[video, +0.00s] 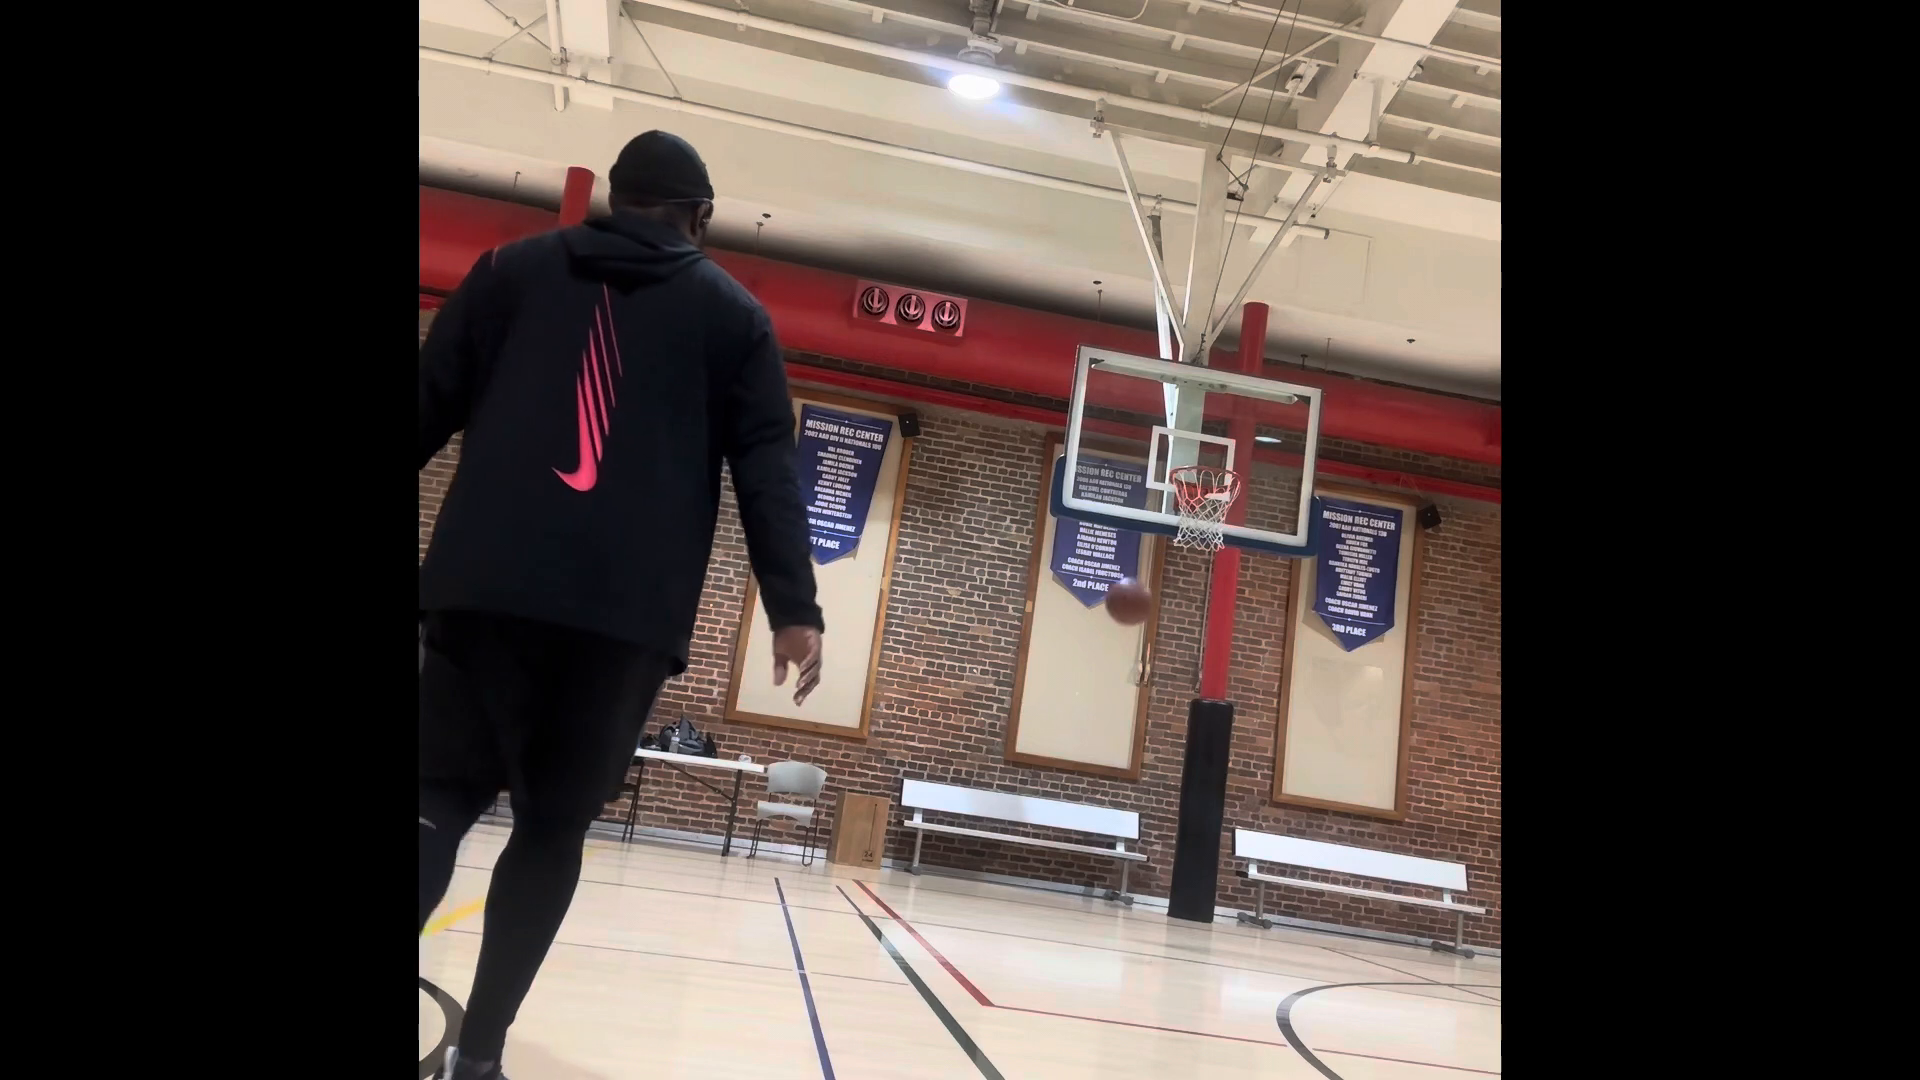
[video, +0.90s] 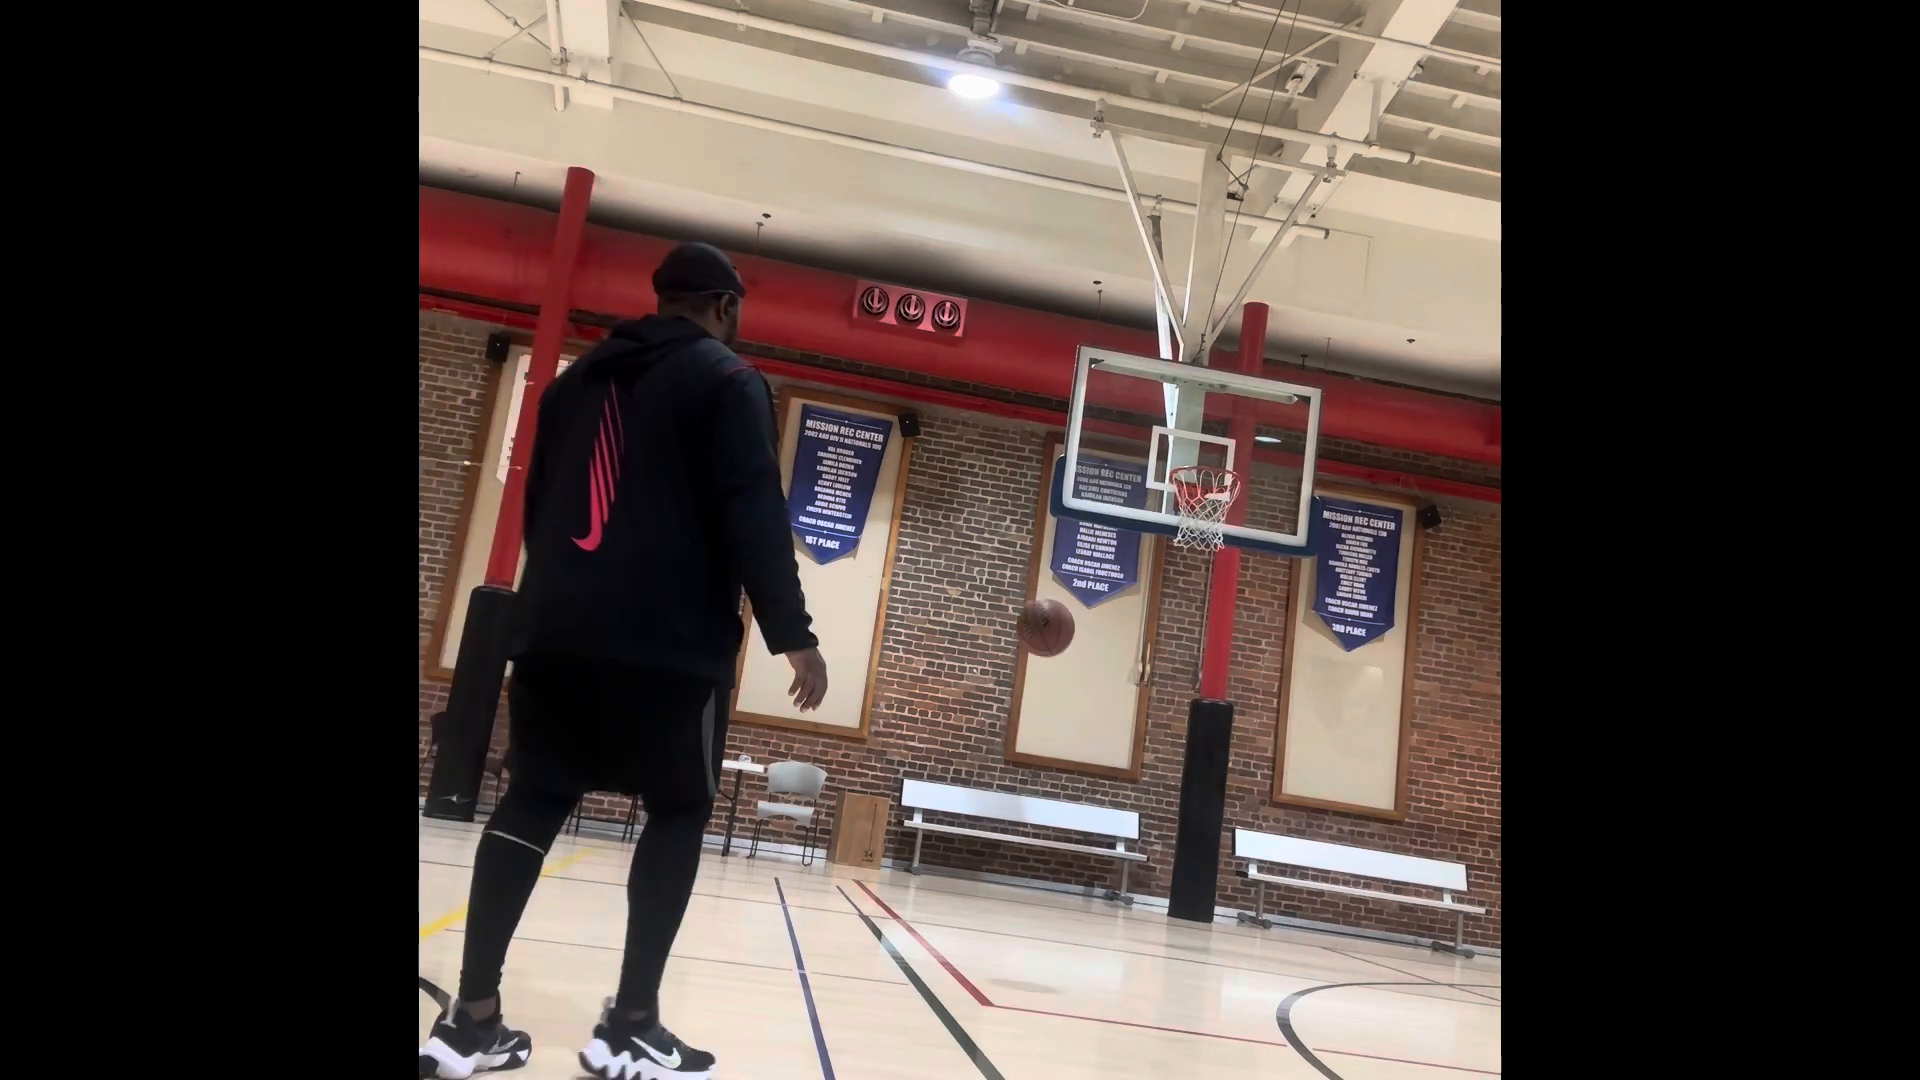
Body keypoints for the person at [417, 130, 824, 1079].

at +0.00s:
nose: (690, 227)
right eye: (701, 216)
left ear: (607, 194)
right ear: (697, 215)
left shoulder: (512, 269)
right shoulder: (731, 316)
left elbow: (426, 407)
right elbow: (767, 469)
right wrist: (796, 605)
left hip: (477, 584)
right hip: (624, 616)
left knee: (439, 793)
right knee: (552, 830)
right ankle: (477, 1048)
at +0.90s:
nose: (738, 325)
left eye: (736, 313)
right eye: (738, 313)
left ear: (658, 299)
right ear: (721, 306)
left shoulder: (578, 379)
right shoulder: (727, 383)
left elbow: (540, 508)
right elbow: (755, 520)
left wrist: (565, 595)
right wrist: (794, 636)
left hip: (558, 631)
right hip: (667, 645)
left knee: (534, 799)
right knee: (680, 809)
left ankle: (472, 1008)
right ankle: (632, 1017)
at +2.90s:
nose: (785, 342)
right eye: (781, 332)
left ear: (692, 314)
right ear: (762, 321)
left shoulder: (629, 367)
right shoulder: (768, 344)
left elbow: (557, 482)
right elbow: (805, 469)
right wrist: (812, 613)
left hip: (556, 580)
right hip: (675, 590)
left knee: (556, 802)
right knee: (690, 819)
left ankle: (486, 1041)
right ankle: (618, 1061)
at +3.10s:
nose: (822, 327)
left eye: (819, 315)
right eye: (823, 315)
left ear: (743, 283)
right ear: (810, 301)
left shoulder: (640, 349)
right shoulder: (801, 332)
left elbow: (575, 482)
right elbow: (837, 489)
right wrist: (864, 648)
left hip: (564, 593)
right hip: (686, 602)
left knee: (547, 825)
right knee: (676, 860)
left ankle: (484, 1046)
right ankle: (618, 1068)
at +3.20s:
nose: (861, 320)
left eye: (864, 310)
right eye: (863, 308)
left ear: (774, 268)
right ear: (846, 288)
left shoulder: (666, 333)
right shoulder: (831, 319)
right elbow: (867, 474)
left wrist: (788, 618)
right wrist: (904, 618)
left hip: (566, 575)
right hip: (692, 588)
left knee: (531, 827)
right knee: (689, 866)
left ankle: (473, 1048)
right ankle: (618, 1070)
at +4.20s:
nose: (767, 265)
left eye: (767, 254)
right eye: (765, 252)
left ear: (661, 227)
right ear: (749, 242)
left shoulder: (562, 284)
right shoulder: (760, 294)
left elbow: (498, 417)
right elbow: (793, 448)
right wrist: (741, 599)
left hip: (462, 538)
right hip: (619, 554)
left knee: (441, 821)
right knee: (607, 845)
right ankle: (585, 1069)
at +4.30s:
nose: (726, 268)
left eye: (722, 258)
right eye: (727, 256)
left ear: (621, 230)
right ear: (711, 249)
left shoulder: (522, 294)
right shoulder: (736, 309)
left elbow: (469, 424)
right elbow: (774, 471)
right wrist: (693, 591)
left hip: (454, 553)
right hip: (615, 568)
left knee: (438, 820)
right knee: (605, 847)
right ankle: (586, 1069)